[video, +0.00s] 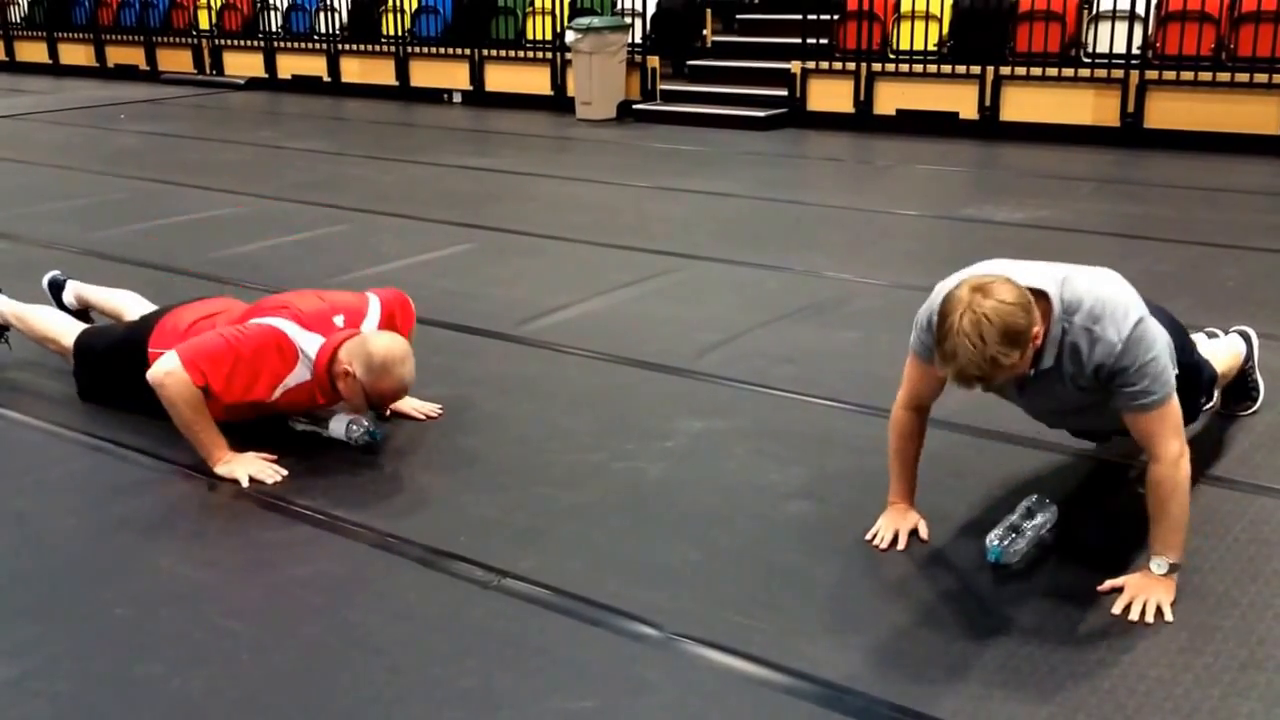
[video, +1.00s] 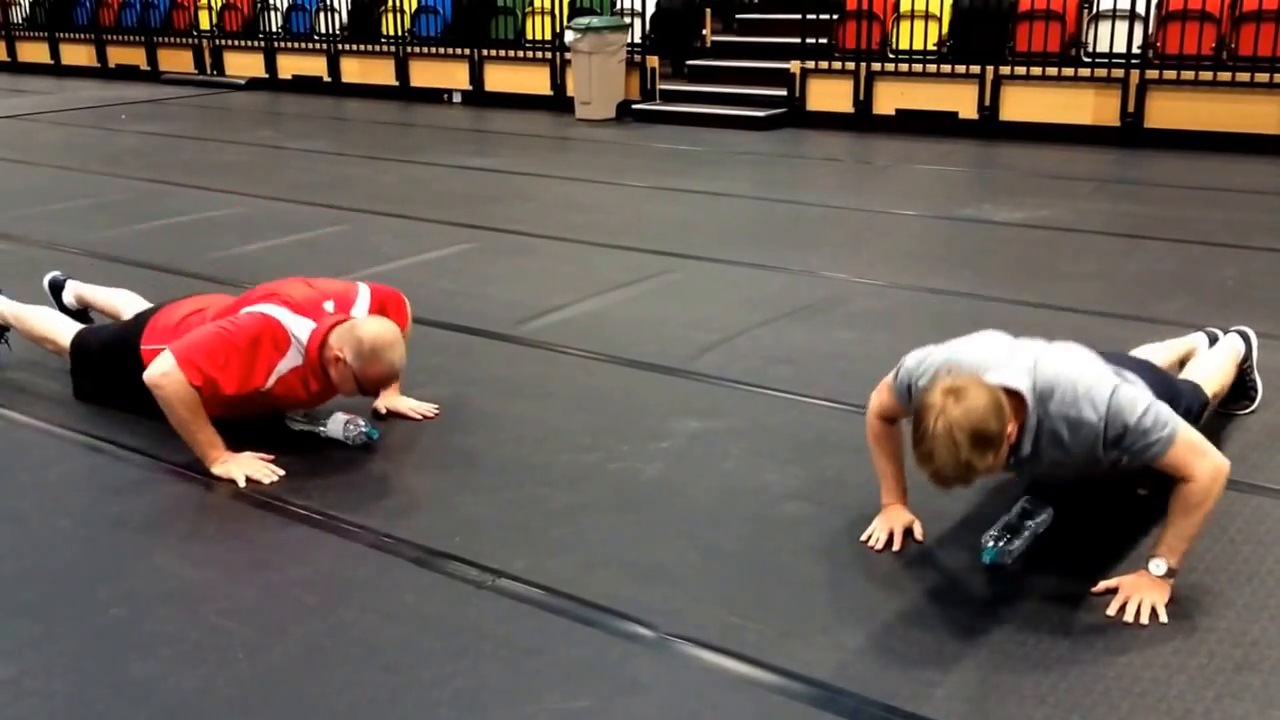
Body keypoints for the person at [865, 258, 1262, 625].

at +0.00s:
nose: (992, 386)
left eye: (1003, 375)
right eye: (980, 378)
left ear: (1035, 336)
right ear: (953, 341)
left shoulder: (1122, 334)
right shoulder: (945, 315)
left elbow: (1169, 454)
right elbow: (911, 406)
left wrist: (1161, 569)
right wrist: (899, 502)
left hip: (1148, 377)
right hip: (1064, 400)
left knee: (1198, 385)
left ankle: (1236, 351)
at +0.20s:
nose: (987, 450)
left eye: (993, 441)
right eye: (974, 444)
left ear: (1022, 403)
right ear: (946, 403)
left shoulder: (1107, 389)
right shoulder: (936, 360)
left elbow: (1213, 467)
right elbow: (887, 408)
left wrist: (1163, 570)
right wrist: (897, 503)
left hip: (1141, 388)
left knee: (1200, 390)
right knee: (1148, 364)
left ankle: (1236, 346)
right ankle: (1202, 340)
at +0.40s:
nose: (974, 520)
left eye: (981, 512)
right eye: (960, 515)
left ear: (1011, 469)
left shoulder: (1096, 432)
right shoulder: (946, 395)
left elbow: (1222, 477)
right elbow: (878, 407)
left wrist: (1163, 572)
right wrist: (895, 502)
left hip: (1133, 414)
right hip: (1065, 390)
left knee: (1194, 405)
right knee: (1129, 386)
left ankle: (1234, 346)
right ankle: (1197, 341)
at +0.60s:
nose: (990, 441)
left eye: (995, 431)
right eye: (975, 435)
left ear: (1023, 391)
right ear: (946, 388)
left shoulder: (1110, 374)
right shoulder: (933, 348)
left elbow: (1202, 466)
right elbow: (889, 408)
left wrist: (1161, 571)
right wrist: (896, 504)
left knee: (1196, 389)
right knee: (1151, 363)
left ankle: (1238, 346)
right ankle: (1201, 340)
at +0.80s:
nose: (982, 400)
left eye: (993, 388)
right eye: (968, 391)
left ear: (1026, 343)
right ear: (947, 351)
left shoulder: (1115, 340)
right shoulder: (937, 318)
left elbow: (1171, 456)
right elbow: (904, 407)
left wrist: (1157, 570)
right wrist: (896, 503)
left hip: (1147, 373)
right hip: (1060, 397)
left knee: (1198, 375)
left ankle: (1237, 349)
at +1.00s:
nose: (979, 483)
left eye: (984, 475)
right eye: (962, 478)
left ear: (1009, 432)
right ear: (932, 427)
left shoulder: (1100, 407)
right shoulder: (930, 372)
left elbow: (1210, 469)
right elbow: (880, 412)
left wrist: (1158, 572)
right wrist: (893, 503)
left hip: (1137, 398)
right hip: (1087, 372)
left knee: (1193, 393)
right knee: (1133, 365)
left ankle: (1235, 346)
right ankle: (1201, 339)